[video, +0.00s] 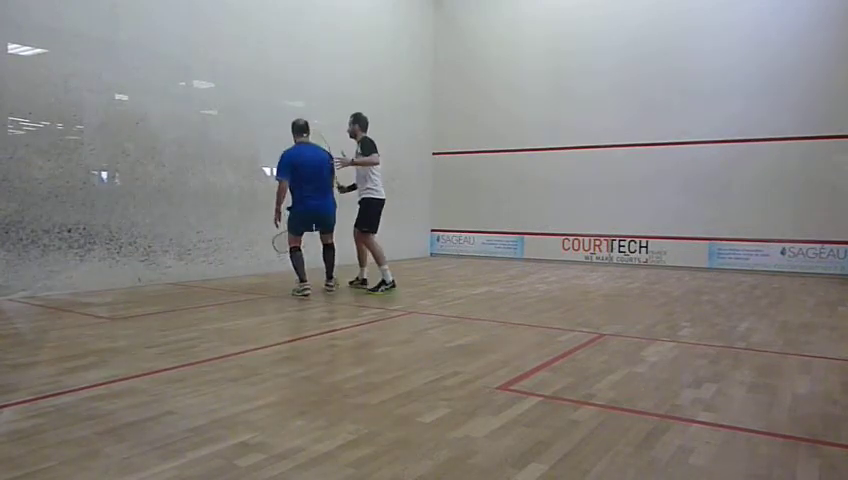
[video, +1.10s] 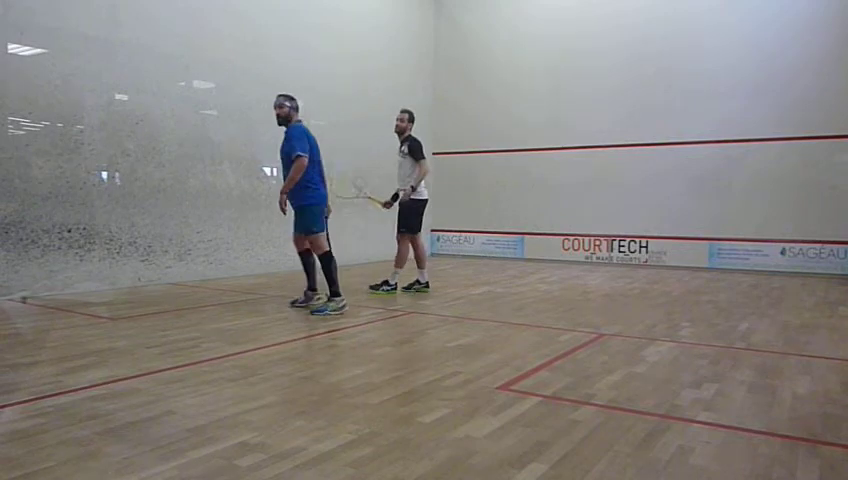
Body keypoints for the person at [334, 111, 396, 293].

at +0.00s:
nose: (347, 129)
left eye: (349, 125)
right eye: (348, 125)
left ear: (356, 126)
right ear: (359, 127)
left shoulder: (365, 142)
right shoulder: (360, 147)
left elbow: (375, 160)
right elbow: (365, 179)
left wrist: (351, 162)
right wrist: (347, 188)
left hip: (373, 196)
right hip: (366, 197)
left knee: (366, 236)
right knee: (359, 235)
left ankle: (388, 278)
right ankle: (362, 277)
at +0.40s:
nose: (368, 123)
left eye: (372, 121)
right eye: (368, 120)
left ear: (382, 124)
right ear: (369, 122)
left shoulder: (385, 141)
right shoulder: (376, 144)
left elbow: (395, 164)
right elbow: (383, 172)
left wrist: (373, 174)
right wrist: (370, 191)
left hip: (390, 195)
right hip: (381, 195)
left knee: (382, 237)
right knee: (374, 235)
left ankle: (390, 281)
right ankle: (371, 275)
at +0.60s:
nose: (377, 122)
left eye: (381, 120)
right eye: (376, 119)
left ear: (390, 124)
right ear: (377, 121)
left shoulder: (393, 141)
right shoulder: (383, 143)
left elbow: (404, 165)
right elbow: (386, 173)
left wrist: (386, 180)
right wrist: (375, 191)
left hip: (395, 195)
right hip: (387, 194)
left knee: (387, 235)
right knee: (382, 235)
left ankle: (391, 280)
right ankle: (395, 274)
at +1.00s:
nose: (394, 123)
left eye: (398, 120)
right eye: (393, 119)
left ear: (407, 124)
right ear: (393, 122)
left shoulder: (409, 143)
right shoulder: (399, 145)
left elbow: (421, 168)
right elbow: (401, 177)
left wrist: (408, 184)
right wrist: (387, 196)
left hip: (408, 197)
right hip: (404, 197)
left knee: (399, 238)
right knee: (409, 238)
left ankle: (391, 281)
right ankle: (422, 279)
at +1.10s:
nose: (397, 123)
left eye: (401, 121)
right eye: (397, 120)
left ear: (410, 125)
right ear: (396, 123)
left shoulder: (413, 143)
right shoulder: (402, 146)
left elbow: (424, 169)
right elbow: (405, 177)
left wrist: (411, 188)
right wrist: (393, 198)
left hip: (414, 198)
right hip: (408, 197)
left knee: (402, 238)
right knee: (415, 238)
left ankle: (392, 281)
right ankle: (422, 280)